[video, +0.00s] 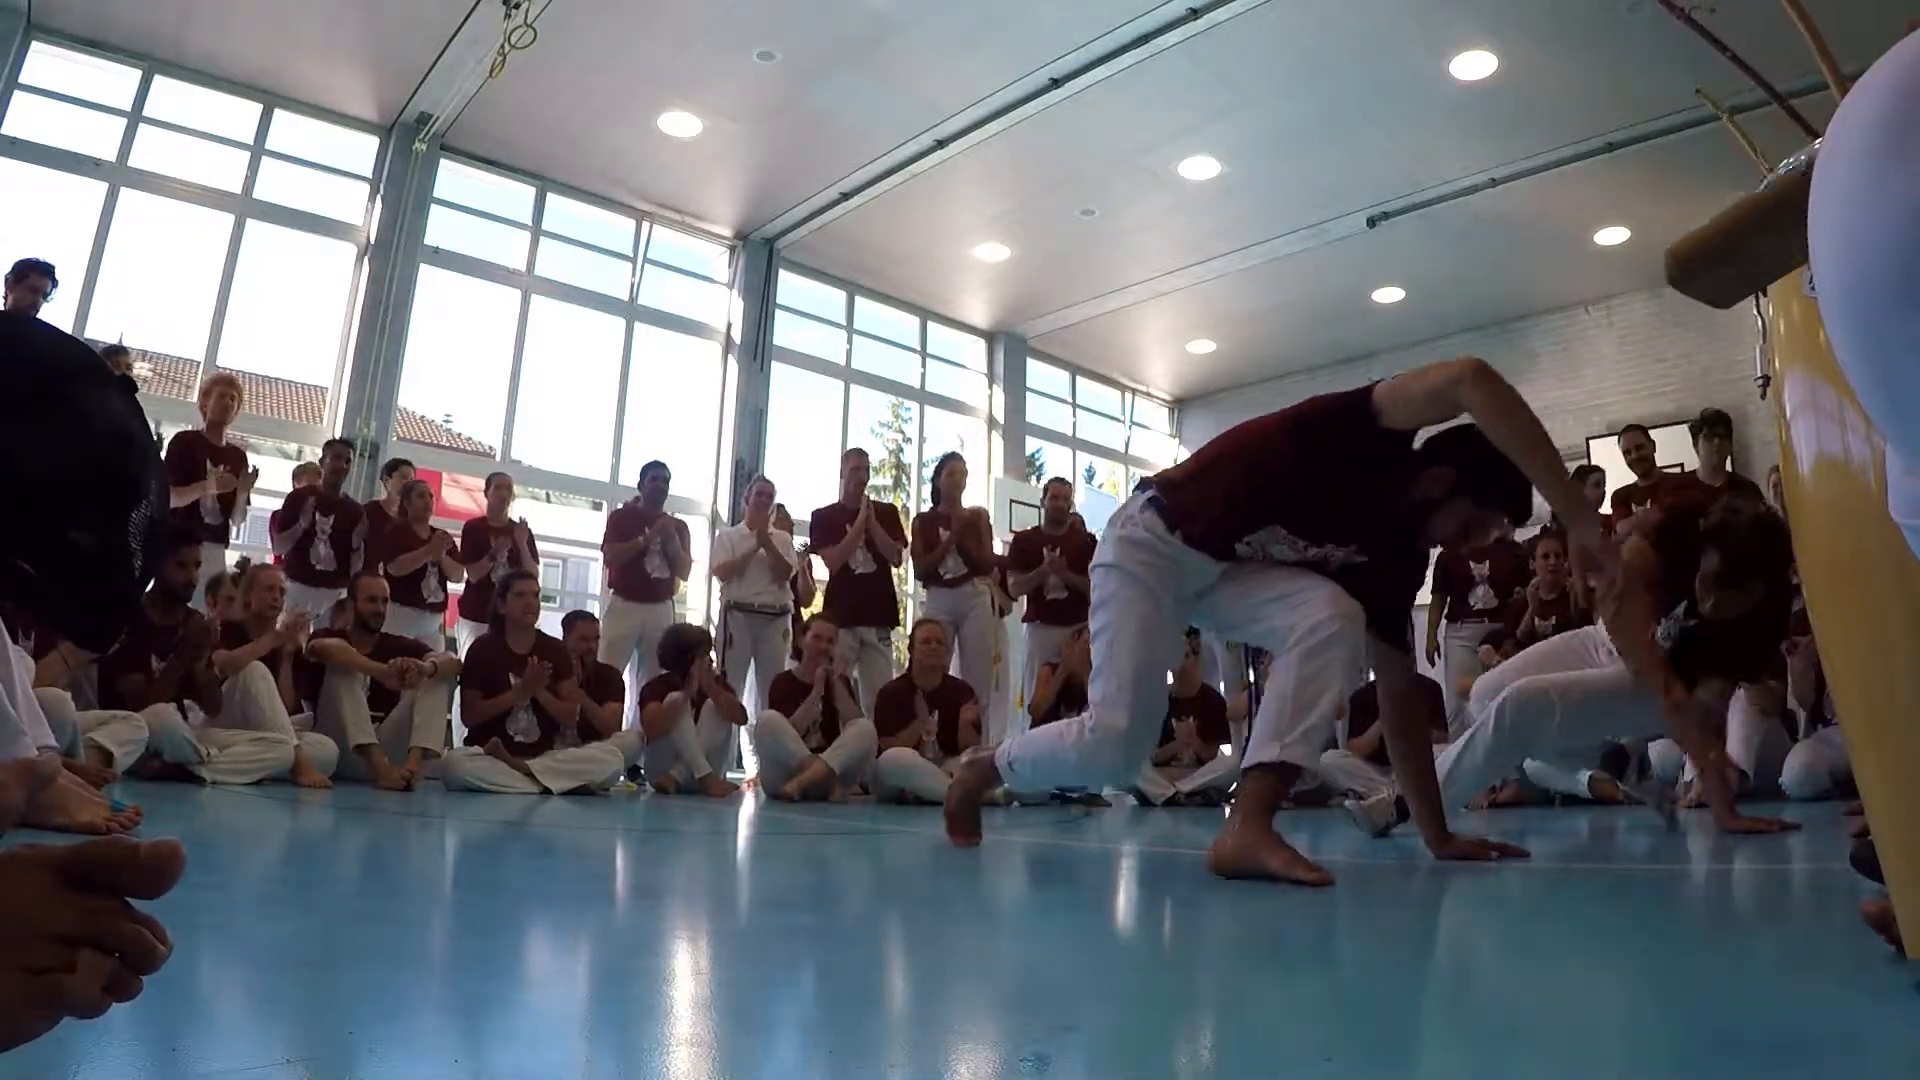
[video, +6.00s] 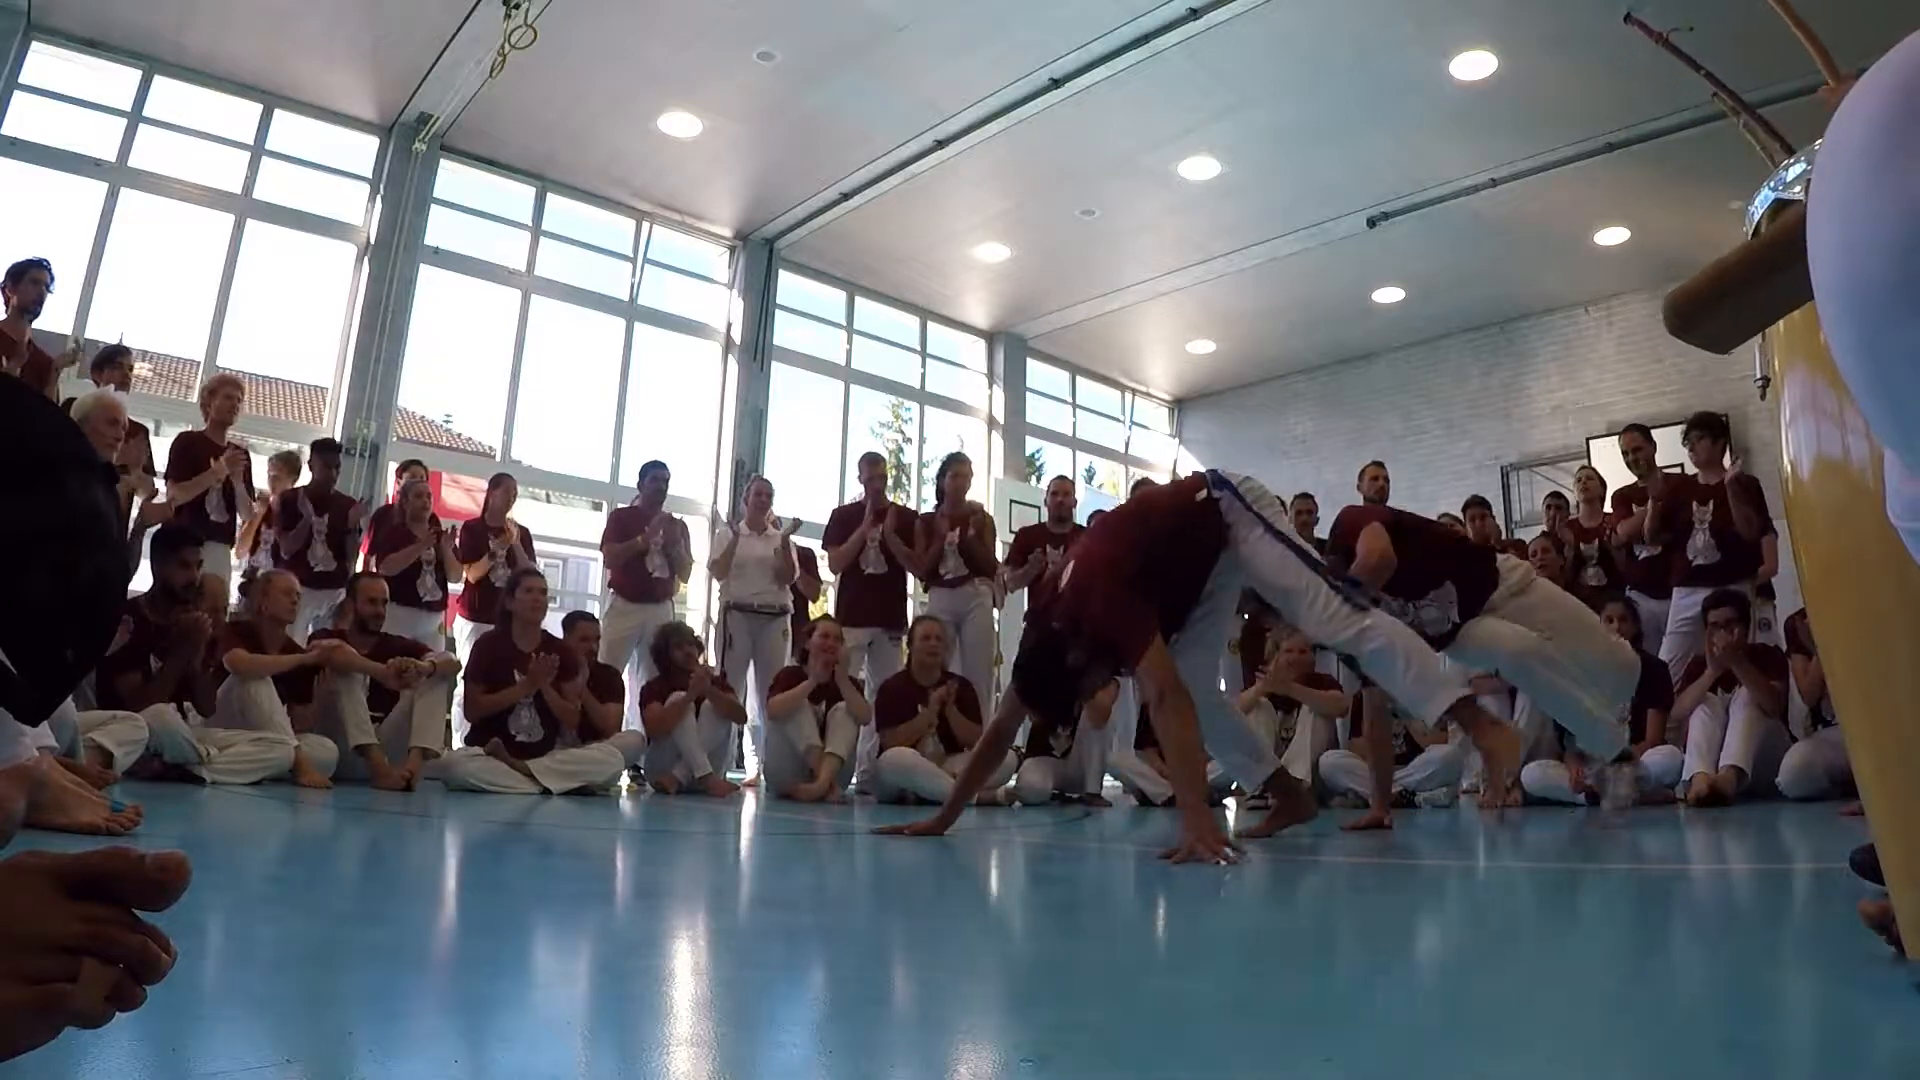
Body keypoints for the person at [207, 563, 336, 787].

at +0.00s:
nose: (277, 598)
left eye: (281, 592)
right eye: (269, 590)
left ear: (285, 599)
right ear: (248, 596)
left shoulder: (286, 643)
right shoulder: (228, 630)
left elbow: (289, 707)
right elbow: (223, 666)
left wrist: (288, 654)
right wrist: (278, 638)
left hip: (270, 731)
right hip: (224, 724)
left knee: (327, 751)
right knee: (254, 671)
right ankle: (299, 762)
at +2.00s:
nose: (273, 597)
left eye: (278, 590)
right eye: (264, 589)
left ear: (283, 597)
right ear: (245, 595)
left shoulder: (290, 644)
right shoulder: (224, 630)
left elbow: (290, 709)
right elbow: (221, 665)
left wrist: (283, 662)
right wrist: (281, 638)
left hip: (270, 733)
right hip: (224, 725)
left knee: (326, 751)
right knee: (253, 671)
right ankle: (299, 762)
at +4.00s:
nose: (273, 597)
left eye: (278, 591)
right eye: (264, 589)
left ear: (283, 597)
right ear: (244, 593)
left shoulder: (290, 647)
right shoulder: (225, 630)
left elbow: (290, 708)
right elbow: (219, 667)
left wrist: (281, 661)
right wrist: (274, 637)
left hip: (271, 732)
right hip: (223, 724)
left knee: (326, 751)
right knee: (253, 671)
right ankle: (299, 763)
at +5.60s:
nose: (280, 596)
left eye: (283, 591)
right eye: (271, 590)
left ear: (288, 598)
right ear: (246, 599)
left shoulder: (287, 642)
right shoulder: (227, 628)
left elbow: (298, 708)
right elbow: (222, 658)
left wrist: (311, 669)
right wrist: (275, 640)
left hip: (271, 731)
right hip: (223, 725)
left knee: (327, 752)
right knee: (253, 671)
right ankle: (299, 762)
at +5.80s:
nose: (289, 598)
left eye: (292, 592)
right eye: (280, 591)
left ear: (296, 599)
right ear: (257, 601)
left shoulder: (294, 648)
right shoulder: (232, 629)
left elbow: (302, 718)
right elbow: (235, 655)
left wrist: (314, 675)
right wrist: (299, 655)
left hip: (270, 733)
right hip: (223, 725)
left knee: (327, 751)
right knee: (253, 672)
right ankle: (298, 760)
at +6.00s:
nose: (295, 601)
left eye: (298, 596)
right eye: (287, 594)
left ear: (301, 601)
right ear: (262, 600)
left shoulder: (298, 654)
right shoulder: (233, 631)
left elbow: (301, 724)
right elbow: (239, 665)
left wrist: (322, 694)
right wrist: (305, 658)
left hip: (269, 736)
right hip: (222, 727)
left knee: (326, 753)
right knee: (253, 678)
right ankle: (298, 762)